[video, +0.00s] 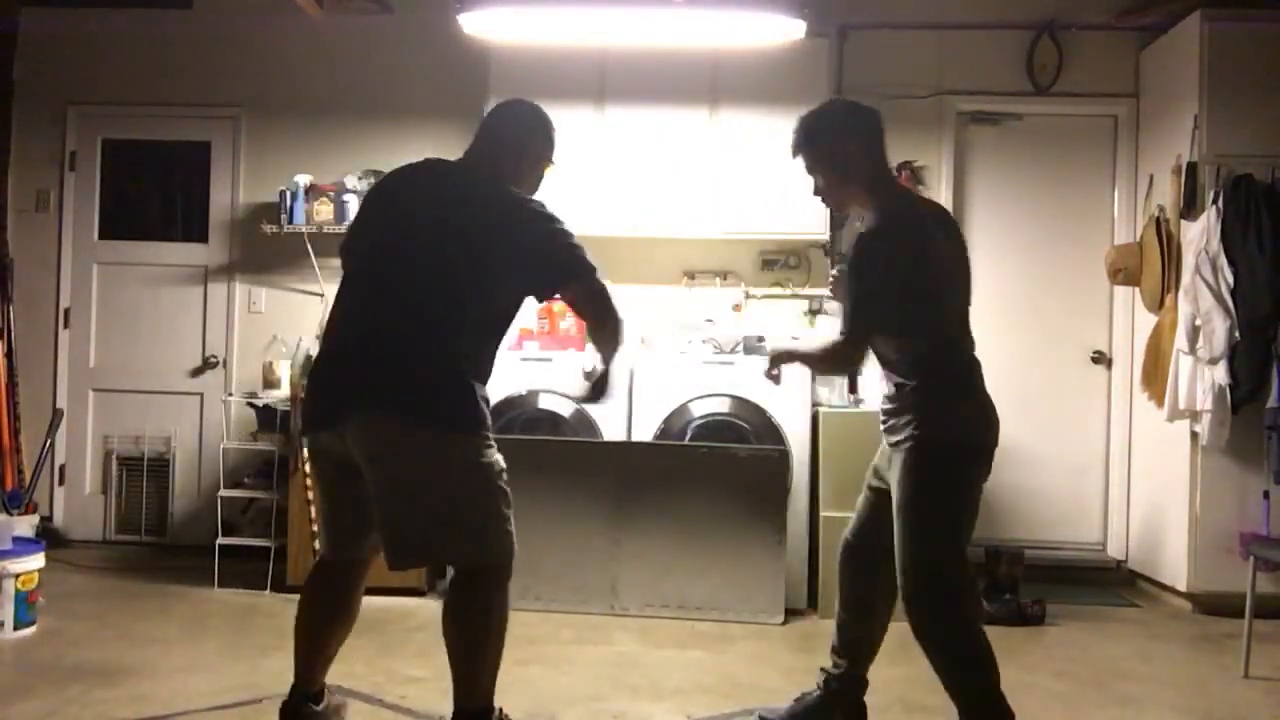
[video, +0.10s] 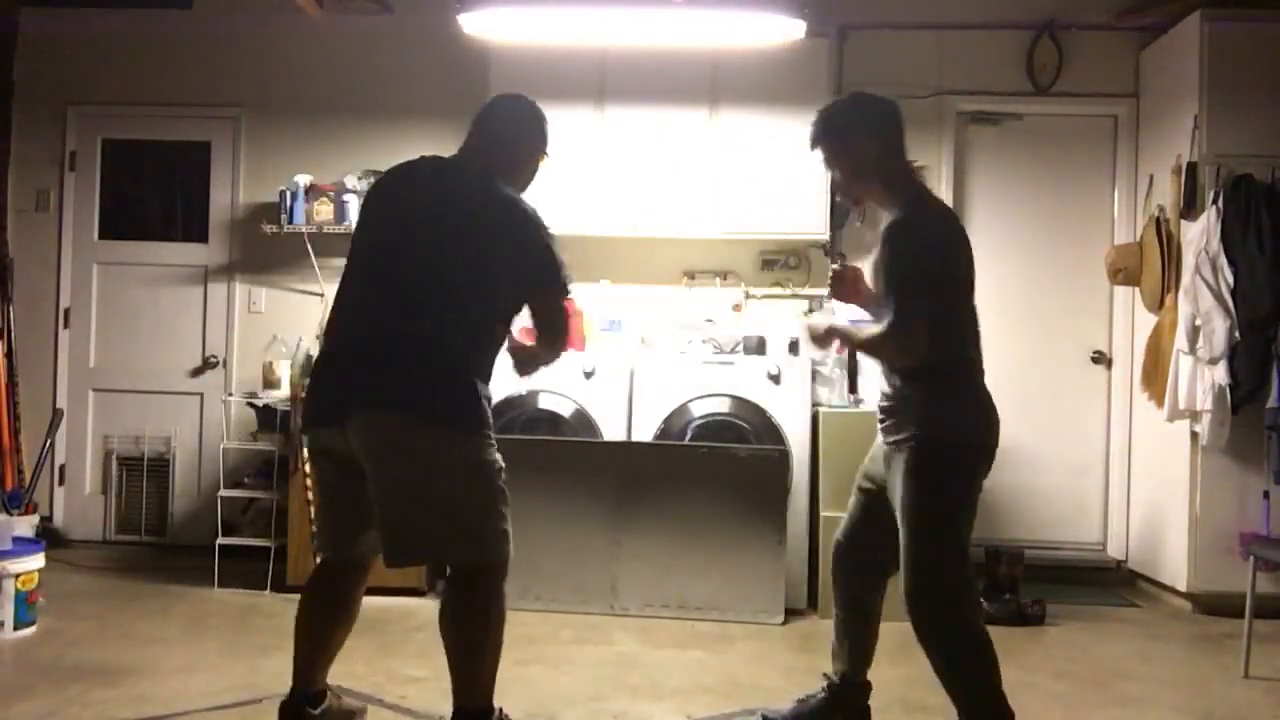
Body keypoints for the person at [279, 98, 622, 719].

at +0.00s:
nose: (540, 178)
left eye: (544, 167)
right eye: (542, 166)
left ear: (478, 139)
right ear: (529, 157)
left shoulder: (396, 183)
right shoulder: (525, 220)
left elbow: (352, 264)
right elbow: (602, 314)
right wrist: (603, 367)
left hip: (333, 393)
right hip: (430, 404)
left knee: (345, 550)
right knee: (484, 557)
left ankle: (305, 694)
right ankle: (474, 711)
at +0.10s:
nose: (537, 170)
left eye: (539, 157)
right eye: (538, 156)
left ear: (473, 134)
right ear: (525, 151)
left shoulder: (393, 183)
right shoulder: (516, 221)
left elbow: (386, 284)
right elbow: (553, 336)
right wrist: (531, 354)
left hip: (334, 392)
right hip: (433, 402)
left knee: (345, 555)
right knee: (479, 562)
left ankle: (305, 696)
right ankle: (474, 711)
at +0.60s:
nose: (441, 131)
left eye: (442, 118)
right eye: (434, 115)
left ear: (370, 112)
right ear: (400, 112)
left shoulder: (339, 175)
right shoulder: (386, 173)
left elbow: (406, 265)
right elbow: (441, 259)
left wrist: (467, 226)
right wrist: (498, 227)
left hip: (326, 396)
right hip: (390, 398)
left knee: (338, 547)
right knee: (447, 530)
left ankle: (303, 696)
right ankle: (372, 689)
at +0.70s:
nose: (438, 133)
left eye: (439, 120)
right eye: (432, 117)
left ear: (367, 113)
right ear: (398, 113)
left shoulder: (335, 178)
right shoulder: (385, 173)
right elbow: (431, 261)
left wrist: (447, 211)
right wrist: (495, 224)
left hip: (326, 396)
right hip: (390, 397)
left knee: (337, 549)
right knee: (453, 533)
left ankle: (302, 695)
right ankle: (370, 688)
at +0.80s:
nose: (447, 135)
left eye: (449, 122)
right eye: (440, 118)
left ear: (377, 114)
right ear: (406, 114)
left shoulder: (348, 176)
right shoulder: (392, 174)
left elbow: (419, 256)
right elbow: (438, 261)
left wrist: (478, 221)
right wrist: (503, 230)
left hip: (333, 398)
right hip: (397, 399)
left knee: (341, 550)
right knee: (474, 527)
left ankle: (302, 696)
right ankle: (401, 686)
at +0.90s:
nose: (467, 138)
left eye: (469, 124)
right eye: (460, 122)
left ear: (398, 119)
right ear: (424, 118)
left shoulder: (362, 181)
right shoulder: (419, 179)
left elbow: (420, 261)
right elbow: (457, 264)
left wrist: (483, 224)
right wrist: (534, 249)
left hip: (340, 400)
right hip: (413, 402)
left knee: (341, 550)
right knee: (483, 534)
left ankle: (303, 695)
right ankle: (473, 696)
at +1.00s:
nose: (498, 148)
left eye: (499, 134)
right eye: (492, 133)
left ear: (430, 126)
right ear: (462, 128)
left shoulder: (382, 187)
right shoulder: (459, 192)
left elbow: (433, 252)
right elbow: (517, 273)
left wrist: (500, 224)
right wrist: (581, 277)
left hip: (354, 401)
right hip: (433, 404)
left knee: (348, 555)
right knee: (494, 555)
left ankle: (302, 699)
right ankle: (527, 705)